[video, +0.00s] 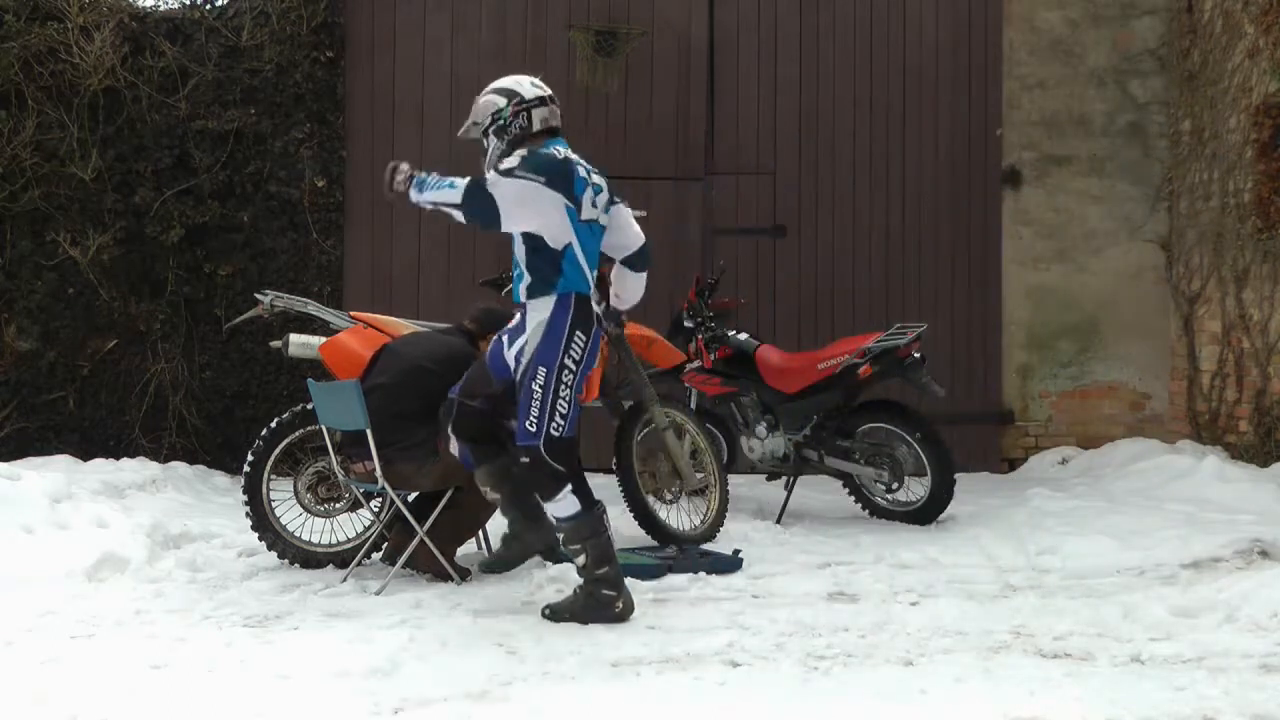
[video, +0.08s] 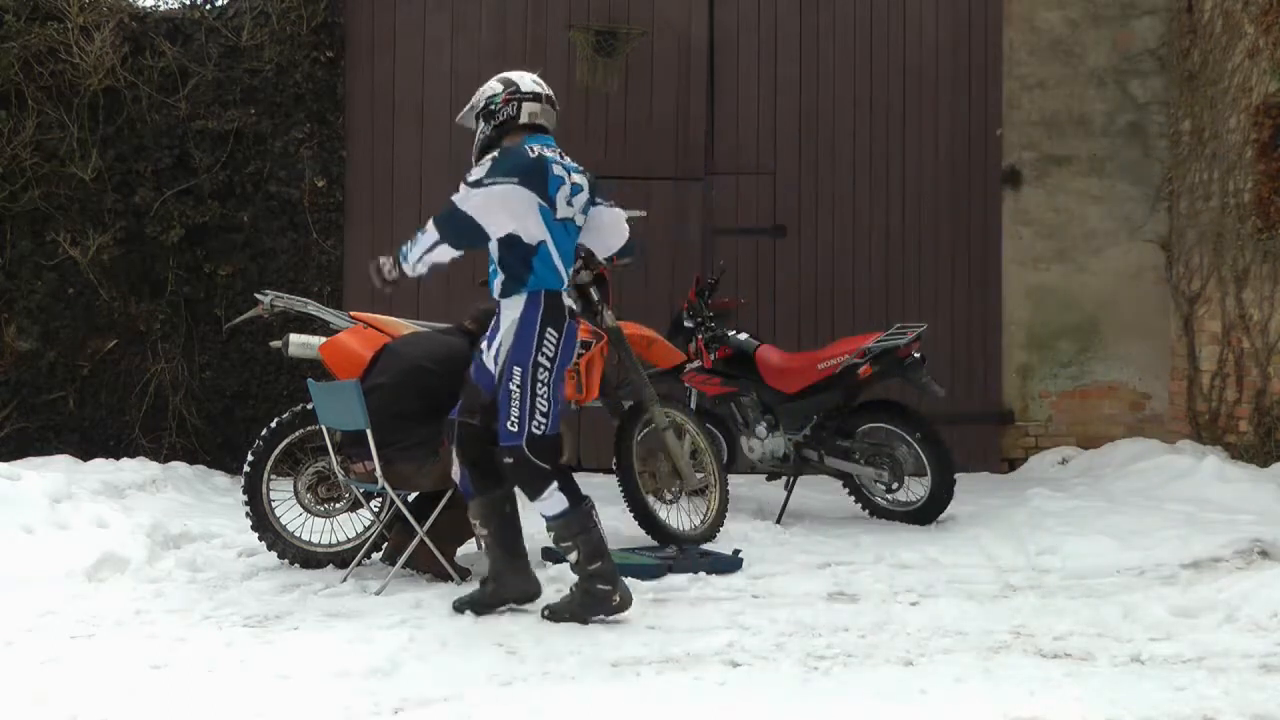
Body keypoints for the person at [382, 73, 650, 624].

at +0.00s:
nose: (486, 144)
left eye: (489, 132)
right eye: (484, 134)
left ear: (511, 125)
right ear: (542, 122)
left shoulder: (534, 166)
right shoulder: (578, 170)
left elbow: (480, 199)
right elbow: (632, 244)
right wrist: (619, 304)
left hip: (564, 317)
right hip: (543, 316)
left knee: (541, 450)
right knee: (467, 410)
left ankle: (604, 586)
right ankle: (527, 526)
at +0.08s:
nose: (477, 132)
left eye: (481, 121)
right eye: (478, 122)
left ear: (498, 116)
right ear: (540, 117)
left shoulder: (506, 165)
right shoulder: (566, 168)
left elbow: (451, 229)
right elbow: (612, 232)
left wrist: (400, 262)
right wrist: (593, 258)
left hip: (536, 316)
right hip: (524, 315)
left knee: (525, 451)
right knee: (472, 433)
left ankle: (600, 580)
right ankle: (508, 572)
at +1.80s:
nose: (355, 116)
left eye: (355, 105)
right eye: (343, 107)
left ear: (292, 117)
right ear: (308, 113)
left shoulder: (263, 169)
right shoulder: (311, 168)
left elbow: (241, 248)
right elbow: (324, 231)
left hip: (252, 334)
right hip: (300, 333)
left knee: (265, 468)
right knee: (339, 468)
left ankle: (214, 603)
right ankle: (274, 604)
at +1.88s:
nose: (360, 120)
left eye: (360, 109)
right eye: (347, 112)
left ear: (306, 126)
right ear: (311, 120)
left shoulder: (277, 171)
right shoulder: (310, 173)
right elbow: (369, 206)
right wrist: (414, 136)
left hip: (274, 328)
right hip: (300, 327)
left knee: (305, 457)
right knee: (334, 466)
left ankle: (225, 574)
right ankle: (272, 610)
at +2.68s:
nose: (423, 114)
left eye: (420, 104)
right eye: (413, 104)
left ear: (395, 112)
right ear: (384, 112)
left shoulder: (420, 176)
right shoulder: (358, 171)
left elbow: (459, 213)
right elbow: (332, 143)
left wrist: (507, 226)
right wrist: (366, 70)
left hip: (424, 323)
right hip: (392, 323)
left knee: (449, 457)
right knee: (420, 466)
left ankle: (364, 583)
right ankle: (372, 611)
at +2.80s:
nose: (449, 108)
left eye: (446, 99)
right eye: (438, 100)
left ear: (420, 112)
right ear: (402, 109)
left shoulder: (416, 178)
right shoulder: (391, 167)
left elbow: (423, 268)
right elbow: (413, 92)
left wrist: (478, 290)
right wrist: (417, 23)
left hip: (427, 329)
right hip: (395, 327)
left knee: (501, 438)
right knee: (432, 466)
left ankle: (425, 541)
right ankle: (367, 612)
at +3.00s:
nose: (480, 105)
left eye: (479, 95)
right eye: (471, 95)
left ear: (427, 100)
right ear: (438, 96)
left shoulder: (425, 154)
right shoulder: (432, 147)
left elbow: (419, 243)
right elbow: (497, 113)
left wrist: (473, 315)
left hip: (456, 318)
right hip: (432, 319)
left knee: (497, 442)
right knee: (436, 460)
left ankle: (453, 578)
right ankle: (370, 608)